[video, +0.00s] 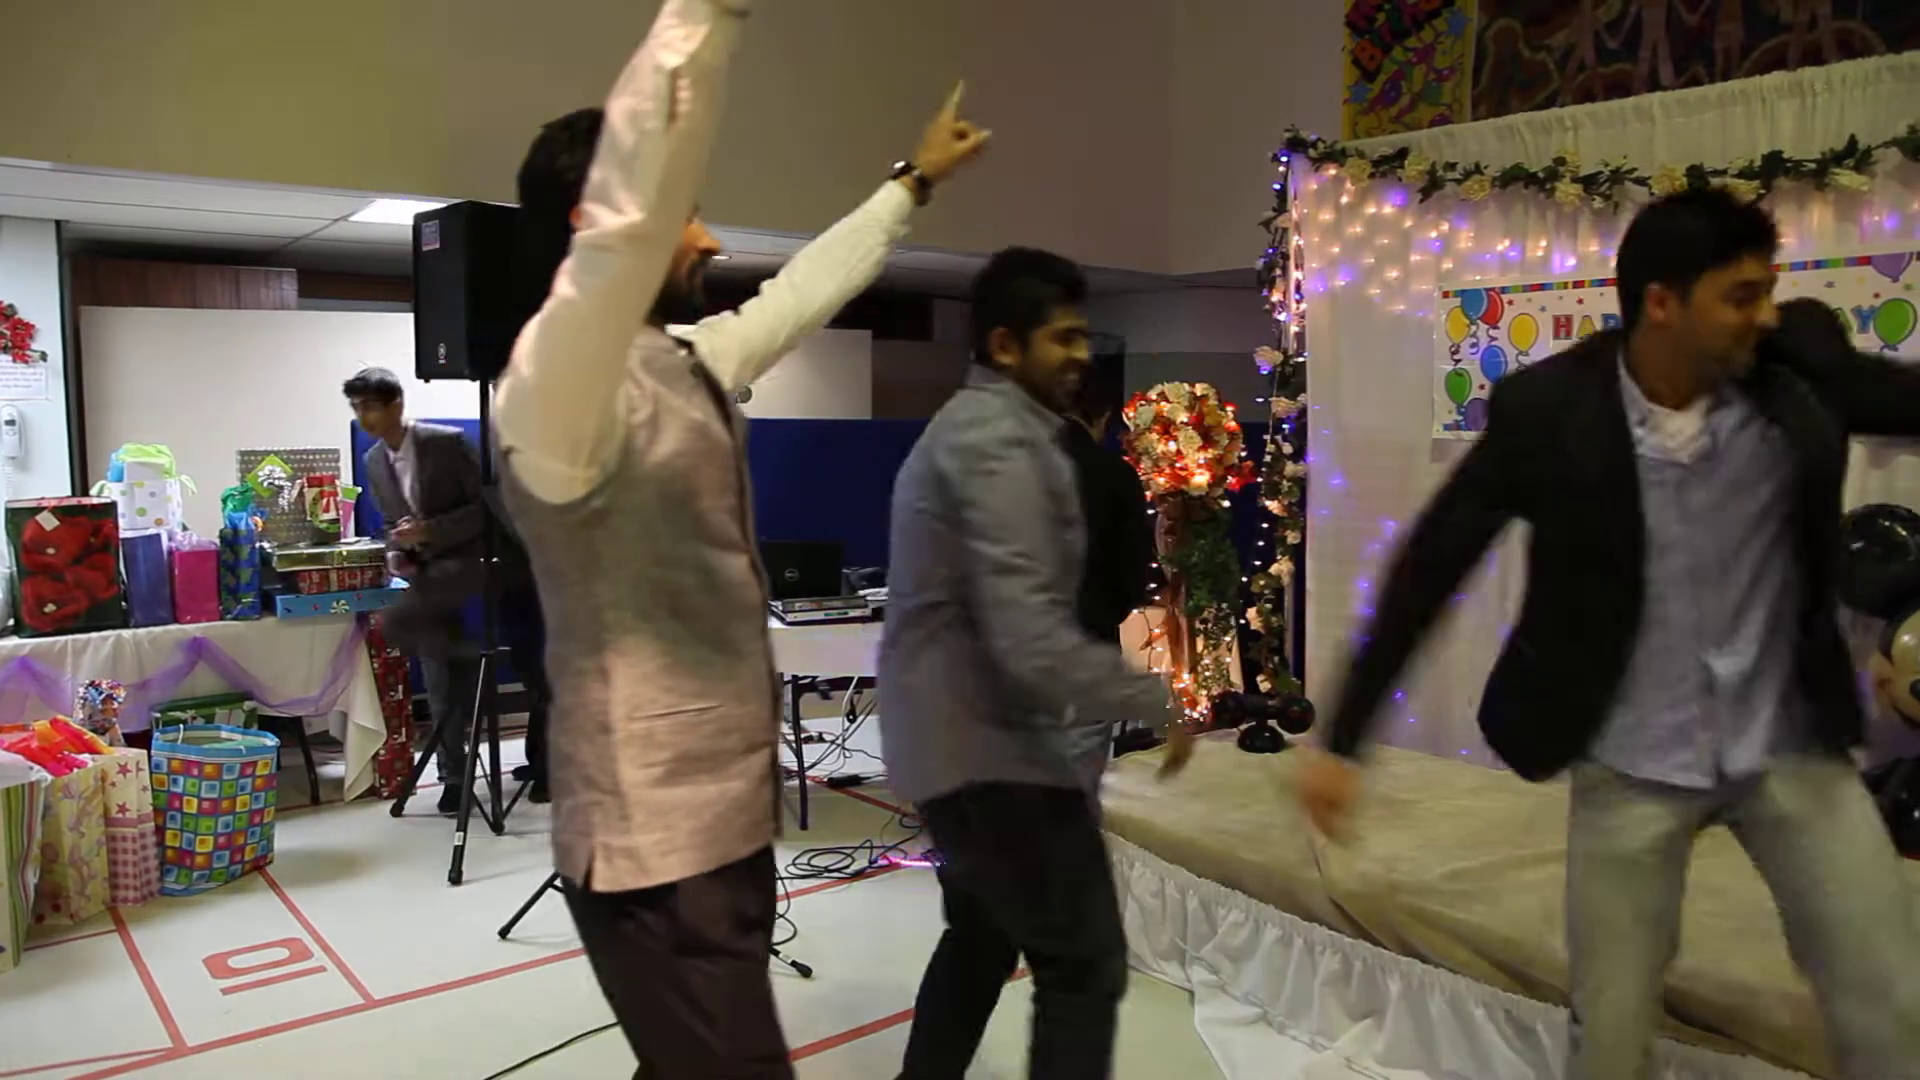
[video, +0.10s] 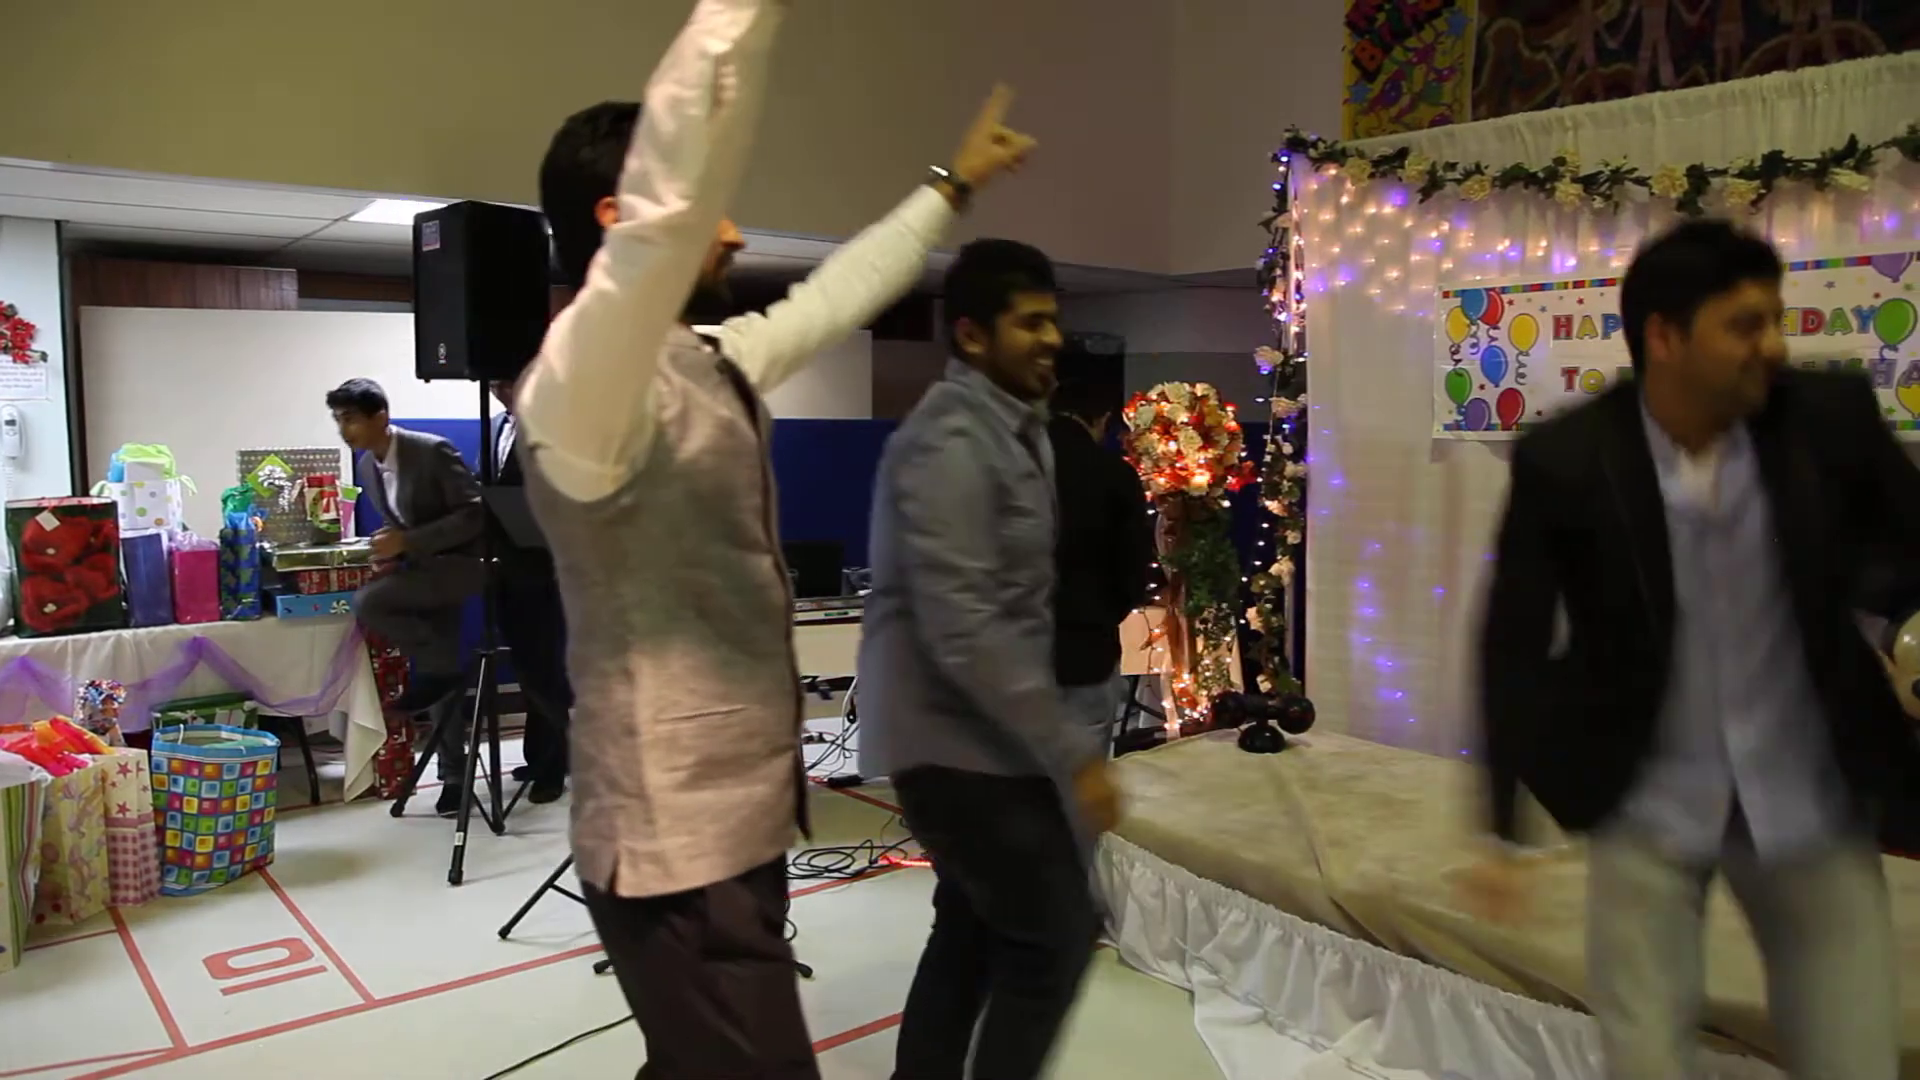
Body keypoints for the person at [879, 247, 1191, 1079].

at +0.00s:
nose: (1082, 355)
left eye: (1084, 338)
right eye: (1063, 338)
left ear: (1013, 348)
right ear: (1003, 346)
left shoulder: (969, 425)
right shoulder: (999, 438)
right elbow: (1028, 638)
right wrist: (1154, 703)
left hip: (953, 754)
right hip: (999, 756)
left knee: (979, 942)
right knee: (1085, 967)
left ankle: (926, 1074)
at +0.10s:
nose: (1053, 339)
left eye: (1055, 322)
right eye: (1031, 323)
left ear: (1050, 326)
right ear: (970, 335)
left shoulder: (1003, 430)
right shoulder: (950, 438)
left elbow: (1001, 610)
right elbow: (960, 625)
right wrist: (1075, 756)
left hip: (991, 744)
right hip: (953, 747)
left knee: (969, 935)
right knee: (1056, 930)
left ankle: (923, 1072)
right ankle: (995, 1070)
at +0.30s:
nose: (990, 337)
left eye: (994, 322)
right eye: (968, 323)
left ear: (1001, 328)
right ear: (913, 337)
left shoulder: (1003, 435)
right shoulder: (864, 449)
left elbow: (1054, 552)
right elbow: (860, 633)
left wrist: (1109, 652)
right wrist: (887, 804)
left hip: (1006, 750)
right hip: (920, 764)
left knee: (997, 950)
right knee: (945, 954)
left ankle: (935, 1069)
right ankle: (847, 1061)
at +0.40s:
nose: (964, 346)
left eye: (968, 331)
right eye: (941, 331)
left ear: (974, 343)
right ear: (886, 351)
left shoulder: (1002, 453)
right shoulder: (846, 452)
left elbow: (1072, 572)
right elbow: (814, 600)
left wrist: (1140, 685)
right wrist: (832, 741)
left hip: (998, 744)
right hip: (894, 752)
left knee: (994, 947)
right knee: (881, 951)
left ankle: (933, 1071)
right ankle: (803, 1040)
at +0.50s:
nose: (932, 337)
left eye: (939, 322)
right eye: (910, 321)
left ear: (946, 336)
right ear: (858, 337)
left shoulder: (989, 445)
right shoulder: (822, 448)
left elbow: (1066, 568)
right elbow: (795, 595)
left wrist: (1118, 694)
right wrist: (816, 735)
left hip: (966, 742)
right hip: (856, 748)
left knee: (974, 938)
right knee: (849, 946)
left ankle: (928, 1066)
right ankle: (855, 1062)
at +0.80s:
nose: (1094, 429)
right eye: (1093, 419)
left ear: (1031, 402)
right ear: (1082, 420)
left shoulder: (975, 465)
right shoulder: (1096, 473)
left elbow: (969, 555)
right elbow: (1118, 574)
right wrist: (1083, 604)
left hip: (1000, 649)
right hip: (1073, 654)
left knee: (982, 775)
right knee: (1061, 787)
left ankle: (966, 896)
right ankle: (1045, 920)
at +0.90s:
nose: (1096, 422)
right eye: (1093, 413)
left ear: (1028, 399)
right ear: (1084, 416)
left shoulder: (979, 464)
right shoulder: (1097, 476)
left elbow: (966, 558)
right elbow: (1115, 578)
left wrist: (995, 593)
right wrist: (1078, 606)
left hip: (1001, 649)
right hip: (1074, 655)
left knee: (982, 779)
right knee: (1062, 790)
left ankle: (960, 898)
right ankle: (1045, 921)